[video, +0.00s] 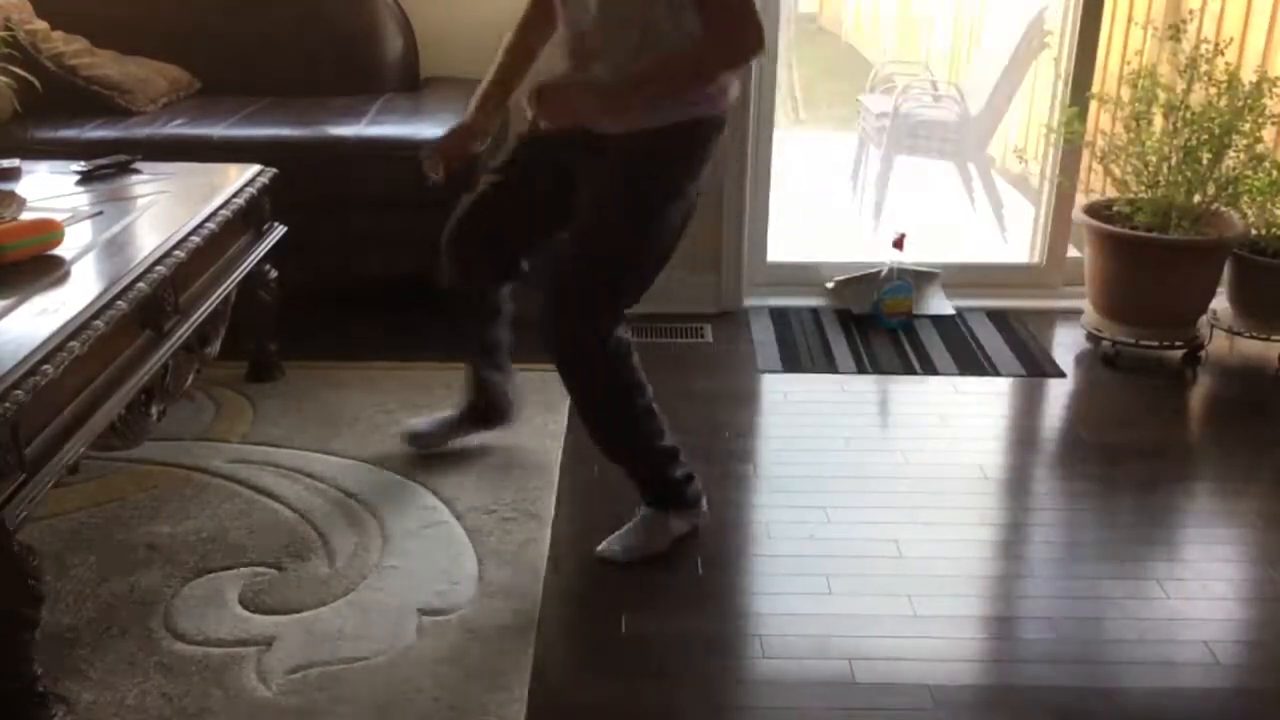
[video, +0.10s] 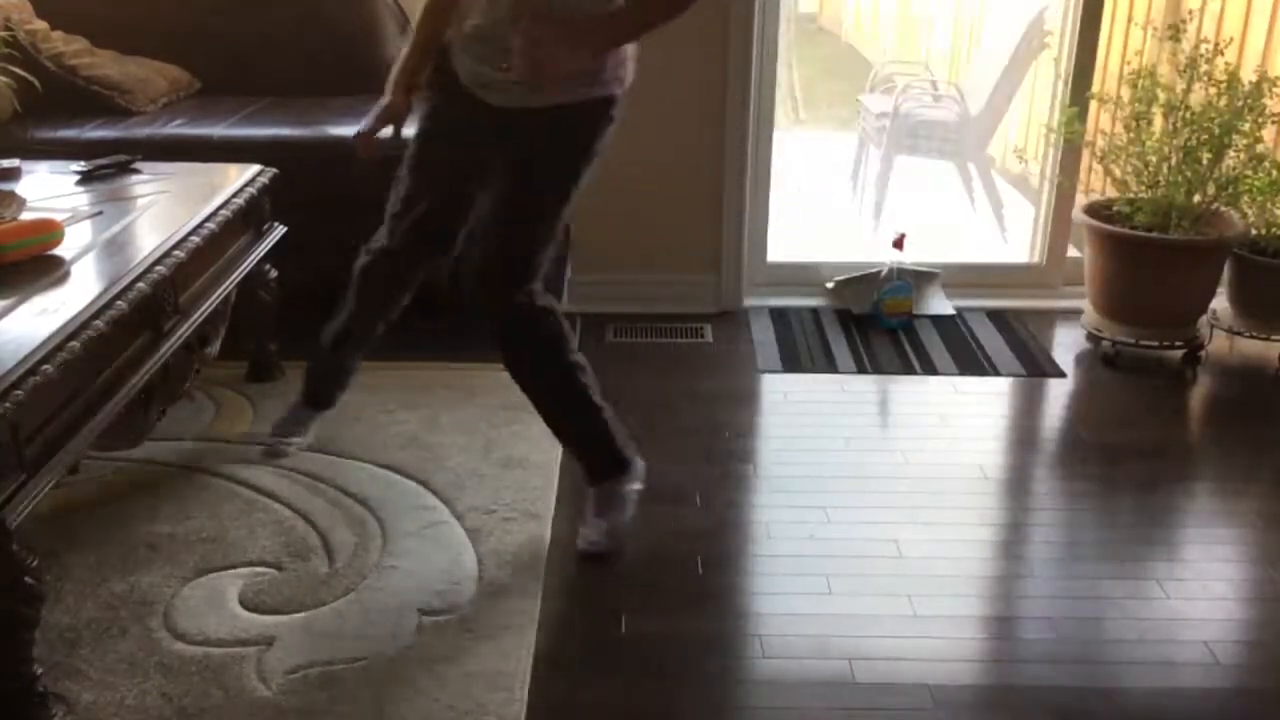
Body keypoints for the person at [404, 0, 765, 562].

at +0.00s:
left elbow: (741, 36)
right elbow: (544, 11)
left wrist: (605, 101)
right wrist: (480, 117)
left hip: (671, 127)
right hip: (580, 121)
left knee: (580, 311)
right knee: (476, 243)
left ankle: (674, 500)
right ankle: (491, 398)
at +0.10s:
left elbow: (676, 3)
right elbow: (445, 4)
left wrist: (595, 36)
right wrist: (398, 89)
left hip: (570, 92)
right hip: (464, 77)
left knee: (506, 289)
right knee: (396, 253)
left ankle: (613, 471)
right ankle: (313, 401)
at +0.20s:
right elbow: (333, 16)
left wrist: (588, 98)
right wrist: (286, 139)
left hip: (499, 104)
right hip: (394, 86)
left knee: (433, 269)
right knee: (341, 261)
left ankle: (447, 446)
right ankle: (300, 406)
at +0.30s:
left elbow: (559, 9)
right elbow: (255, 40)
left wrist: (573, 109)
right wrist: (200, 182)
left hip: (460, 102)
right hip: (355, 84)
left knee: (383, 274)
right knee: (319, 257)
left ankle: (327, 415)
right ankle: (293, 402)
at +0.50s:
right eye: (335, 23)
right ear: (326, 14)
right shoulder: (255, 3)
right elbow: (222, 60)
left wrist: (526, 49)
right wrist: (184, 200)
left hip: (458, 70)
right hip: (356, 64)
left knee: (391, 238)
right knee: (324, 240)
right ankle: (293, 401)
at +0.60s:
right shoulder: (248, 7)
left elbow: (515, 7)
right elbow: (217, 68)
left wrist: (539, 72)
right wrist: (183, 200)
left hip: (476, 76)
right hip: (369, 75)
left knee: (453, 246)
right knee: (331, 248)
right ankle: (294, 403)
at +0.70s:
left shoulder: (491, 3)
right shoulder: (287, 8)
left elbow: (561, 23)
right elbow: (231, 78)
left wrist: (600, 121)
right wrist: (186, 201)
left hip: (506, 101)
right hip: (384, 103)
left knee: (558, 261)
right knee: (340, 270)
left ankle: (634, 387)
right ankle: (295, 406)